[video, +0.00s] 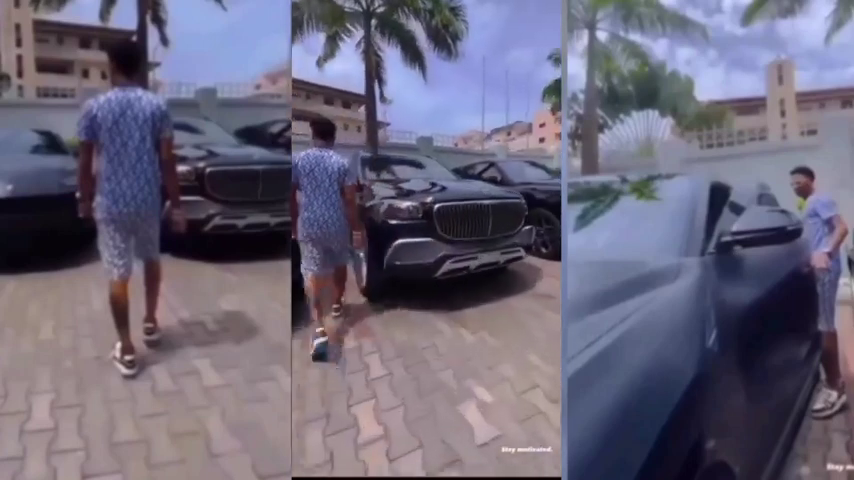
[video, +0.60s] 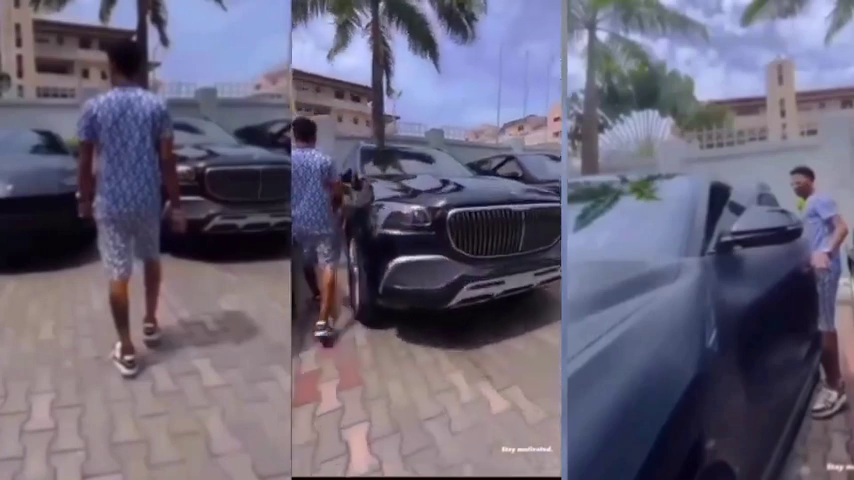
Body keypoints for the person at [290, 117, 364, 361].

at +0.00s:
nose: (320, 140)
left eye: (317, 135)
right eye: (329, 137)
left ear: (313, 136)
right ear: (333, 137)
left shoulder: (299, 160)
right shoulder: (341, 163)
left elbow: (293, 196)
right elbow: (349, 197)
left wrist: (294, 224)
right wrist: (356, 225)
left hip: (308, 223)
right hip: (336, 222)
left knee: (313, 274)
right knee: (339, 263)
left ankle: (318, 325)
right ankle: (337, 301)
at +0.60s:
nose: (298, 140)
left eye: (295, 135)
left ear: (294, 136)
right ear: (315, 136)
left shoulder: (288, 160)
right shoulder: (324, 161)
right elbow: (335, 189)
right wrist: (336, 208)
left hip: (297, 221)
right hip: (322, 220)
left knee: (305, 263)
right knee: (327, 266)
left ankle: (316, 295)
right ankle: (323, 319)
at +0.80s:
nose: (314, 138)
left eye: (308, 134)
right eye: (321, 133)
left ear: (304, 135)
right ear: (323, 134)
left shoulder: (295, 158)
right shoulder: (332, 157)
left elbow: (292, 187)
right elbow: (344, 186)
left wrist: (297, 205)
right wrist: (343, 205)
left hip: (307, 213)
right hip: (332, 212)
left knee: (317, 259)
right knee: (343, 254)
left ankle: (327, 299)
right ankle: (339, 294)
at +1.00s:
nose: (333, 140)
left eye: (326, 136)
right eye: (337, 136)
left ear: (321, 137)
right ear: (341, 137)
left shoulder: (311, 160)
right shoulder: (349, 159)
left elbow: (310, 192)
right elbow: (358, 188)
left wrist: (315, 204)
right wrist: (359, 202)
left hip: (325, 214)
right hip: (348, 213)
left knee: (333, 259)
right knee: (356, 252)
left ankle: (342, 304)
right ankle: (357, 289)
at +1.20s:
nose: (355, 151)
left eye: (349, 147)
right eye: (358, 147)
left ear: (344, 148)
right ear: (362, 148)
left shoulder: (333, 169)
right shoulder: (368, 170)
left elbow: (332, 197)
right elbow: (374, 199)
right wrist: (378, 201)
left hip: (343, 222)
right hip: (365, 221)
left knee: (352, 264)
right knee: (369, 261)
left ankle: (359, 311)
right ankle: (366, 295)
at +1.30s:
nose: (365, 184)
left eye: (361, 181)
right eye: (369, 181)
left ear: (356, 181)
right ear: (373, 182)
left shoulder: (347, 202)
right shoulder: (378, 204)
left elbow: (344, 226)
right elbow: (381, 232)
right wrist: (390, 225)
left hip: (354, 252)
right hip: (374, 252)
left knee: (361, 292)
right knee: (376, 289)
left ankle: (364, 339)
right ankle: (374, 318)